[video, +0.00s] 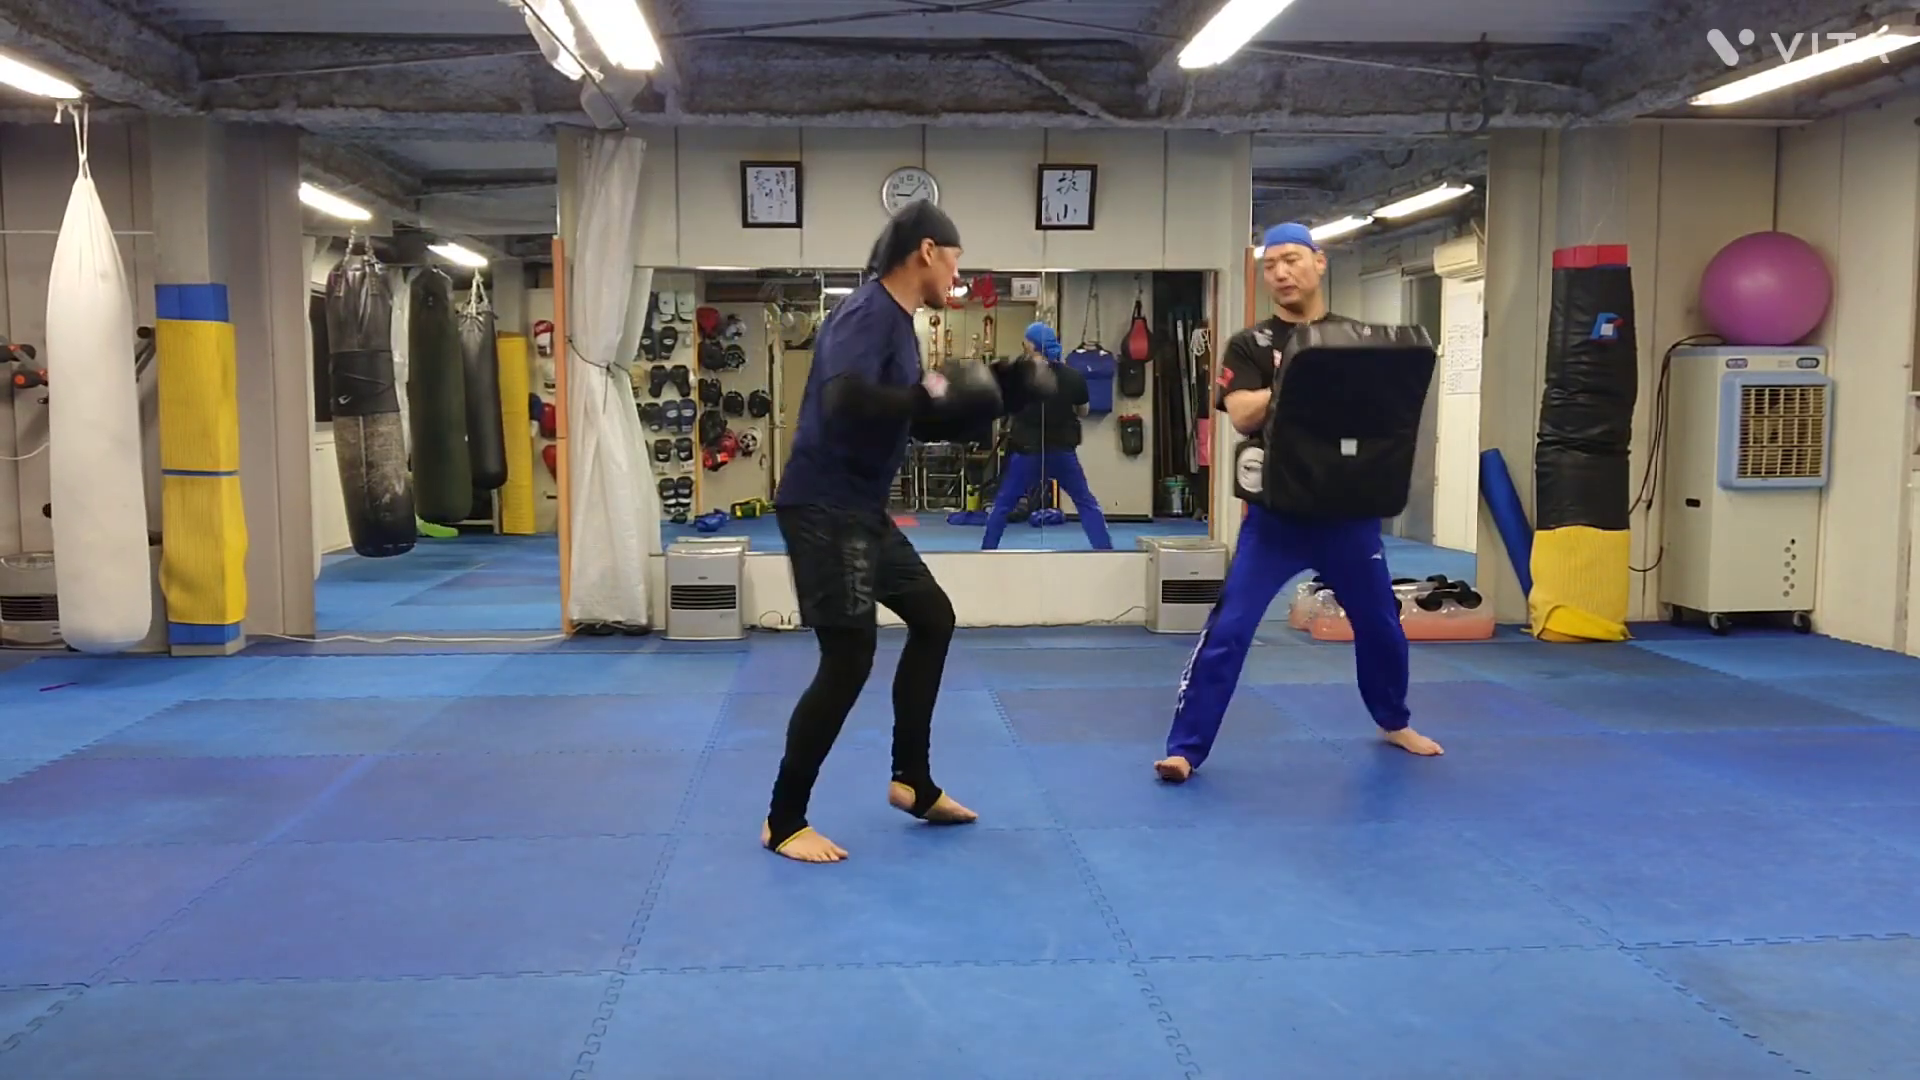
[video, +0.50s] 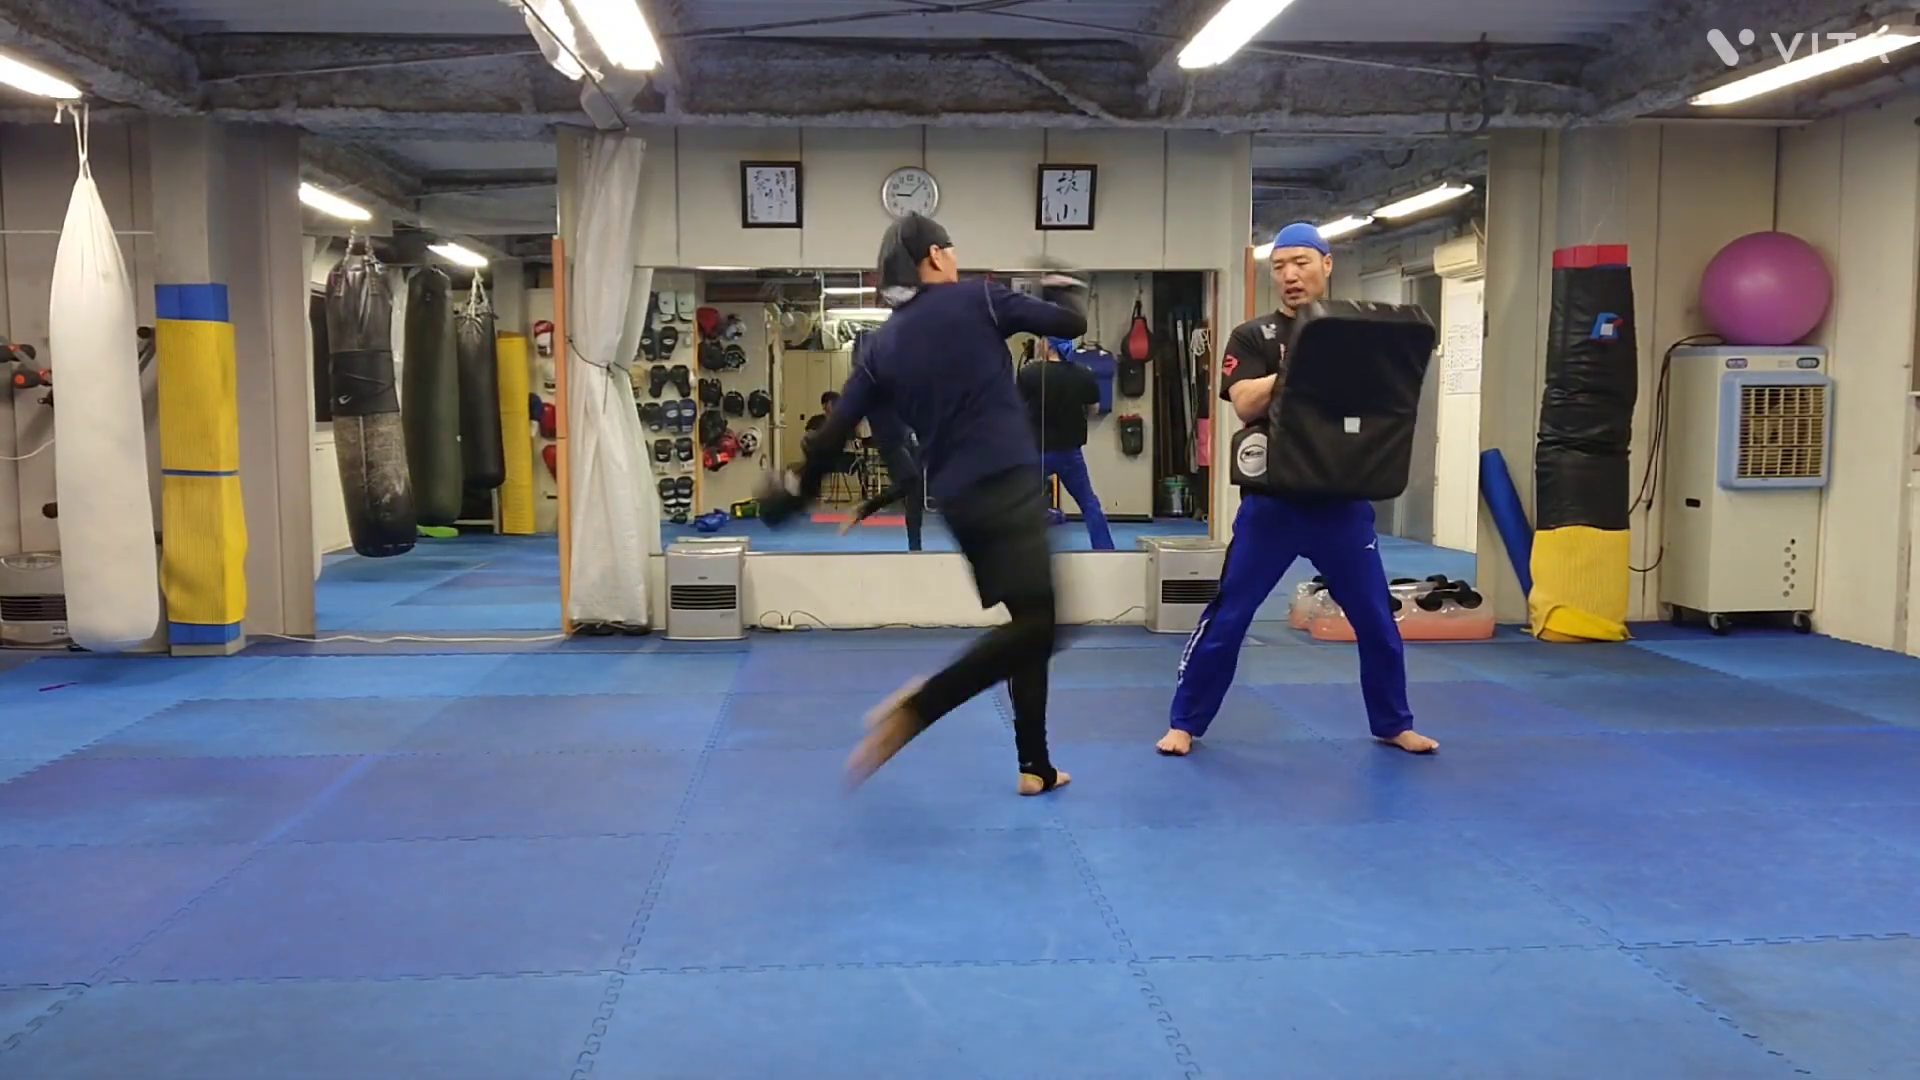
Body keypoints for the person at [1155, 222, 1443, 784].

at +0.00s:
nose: (1282, 271)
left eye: (1292, 259)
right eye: (1271, 264)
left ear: (1319, 264)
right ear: (1263, 277)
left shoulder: (1359, 340)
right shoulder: (1249, 344)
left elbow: (1387, 405)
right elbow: (1242, 416)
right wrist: (1297, 386)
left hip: (1350, 517)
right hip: (1275, 516)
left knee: (1382, 626)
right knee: (1229, 627)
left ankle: (1393, 722)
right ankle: (1184, 751)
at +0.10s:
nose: (1295, 271)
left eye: (1306, 258)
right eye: (1286, 263)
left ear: (1336, 262)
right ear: (1280, 274)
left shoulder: (1378, 333)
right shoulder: (1264, 341)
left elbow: (1395, 410)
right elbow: (1255, 421)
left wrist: (1285, 403)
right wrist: (1329, 398)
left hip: (1360, 512)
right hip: (1283, 511)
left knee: (1393, 627)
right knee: (1236, 620)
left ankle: (1394, 724)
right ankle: (1189, 738)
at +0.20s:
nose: (1302, 268)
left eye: (1314, 254)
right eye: (1292, 259)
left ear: (1342, 259)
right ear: (1285, 271)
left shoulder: (1376, 329)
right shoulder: (1267, 334)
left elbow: (1393, 398)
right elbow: (1253, 410)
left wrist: (1287, 388)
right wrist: (1324, 378)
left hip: (1359, 507)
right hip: (1282, 506)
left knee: (1388, 624)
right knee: (1233, 615)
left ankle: (1395, 726)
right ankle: (1190, 728)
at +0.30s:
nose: (1303, 271)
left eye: (1314, 258)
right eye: (1293, 262)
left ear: (1341, 261)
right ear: (1285, 271)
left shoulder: (1367, 327)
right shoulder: (1266, 332)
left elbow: (1389, 393)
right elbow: (1251, 406)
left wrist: (1287, 382)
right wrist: (1313, 370)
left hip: (1356, 502)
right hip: (1281, 501)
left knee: (1386, 621)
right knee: (1235, 614)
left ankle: (1395, 727)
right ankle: (1182, 722)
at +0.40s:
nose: (1297, 275)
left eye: (1308, 263)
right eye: (1288, 265)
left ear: (1335, 266)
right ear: (1280, 273)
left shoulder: (1360, 334)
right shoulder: (1259, 335)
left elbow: (1381, 397)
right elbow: (1250, 406)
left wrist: (1285, 390)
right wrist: (1310, 379)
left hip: (1349, 508)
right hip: (1275, 506)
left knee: (1385, 624)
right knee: (1230, 616)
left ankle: (1394, 726)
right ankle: (1183, 723)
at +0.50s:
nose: (1289, 274)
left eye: (1300, 262)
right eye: (1280, 265)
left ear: (1326, 267)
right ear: (1272, 275)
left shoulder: (1352, 331)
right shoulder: (1252, 336)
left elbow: (1376, 392)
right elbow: (1245, 404)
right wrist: (1301, 369)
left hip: (1342, 504)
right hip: (1270, 504)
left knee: (1377, 620)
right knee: (1227, 616)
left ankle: (1393, 725)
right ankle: (1184, 724)